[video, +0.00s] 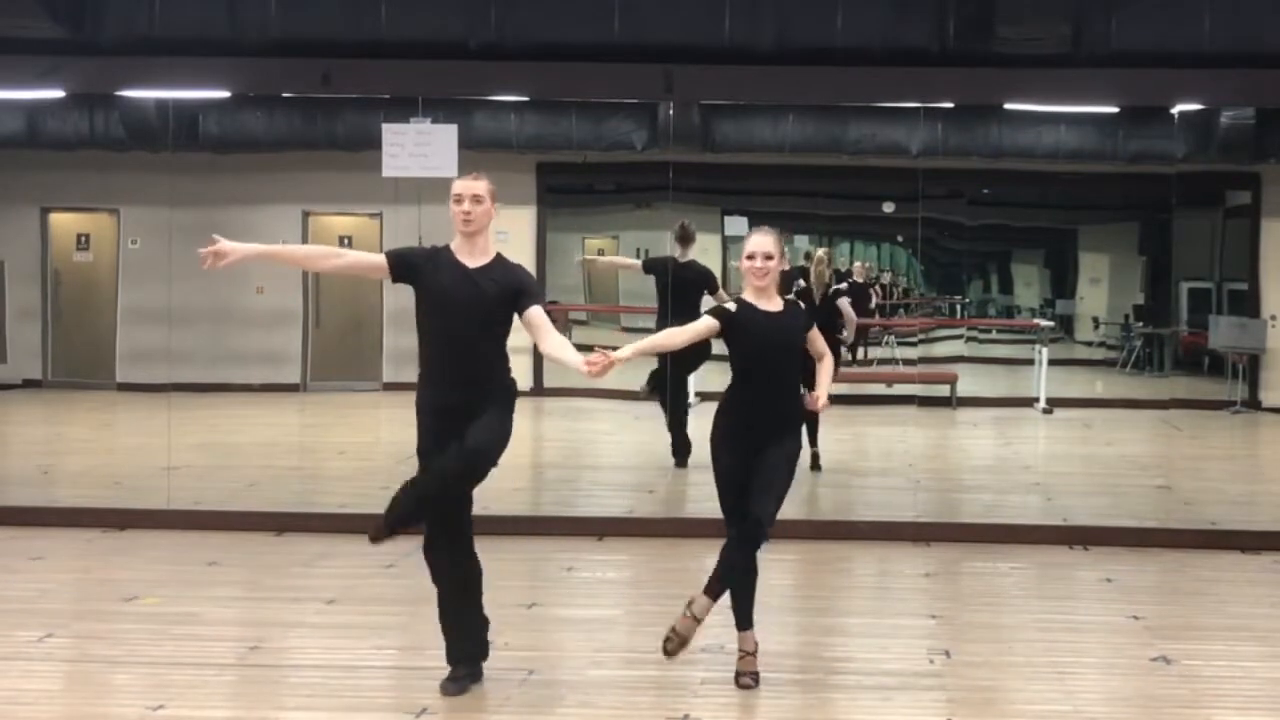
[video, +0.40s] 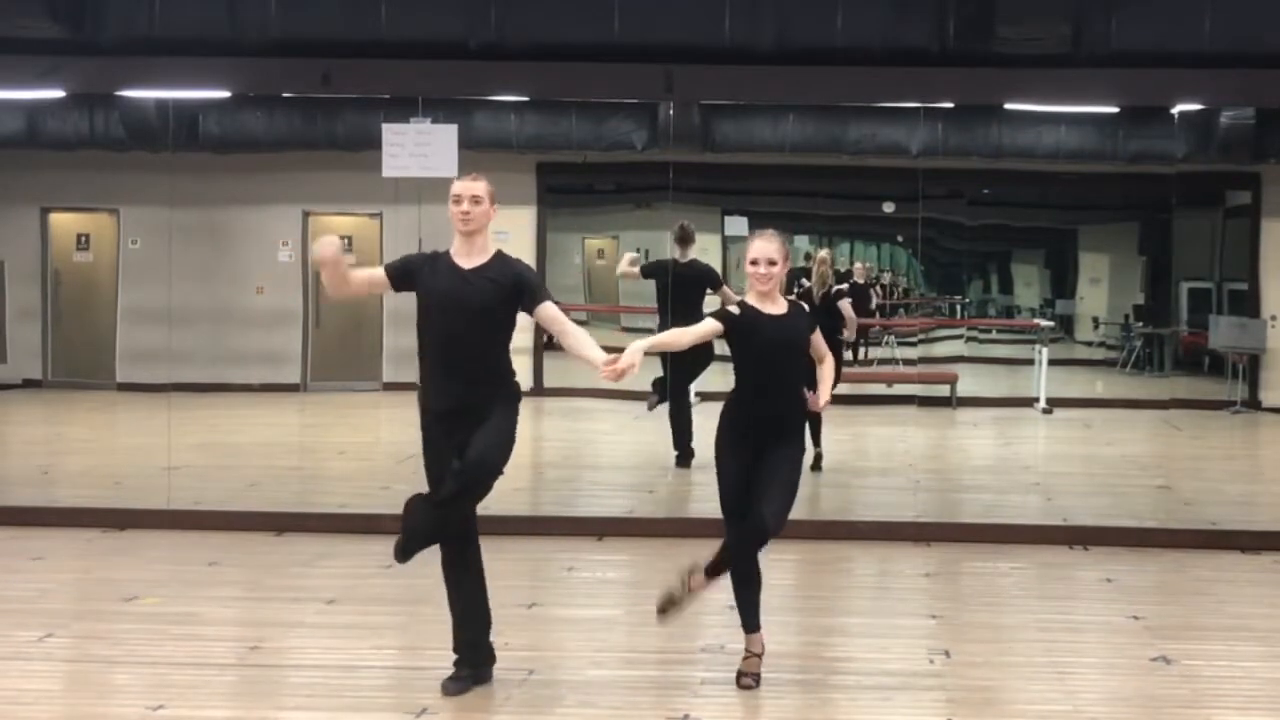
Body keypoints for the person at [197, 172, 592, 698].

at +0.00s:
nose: (466, 208)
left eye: (476, 200)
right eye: (459, 200)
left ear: (494, 209)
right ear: (449, 208)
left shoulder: (513, 277)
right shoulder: (423, 262)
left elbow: (547, 336)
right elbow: (334, 257)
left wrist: (582, 360)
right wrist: (248, 251)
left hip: (490, 404)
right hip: (437, 407)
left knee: (475, 456)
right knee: (449, 540)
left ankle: (403, 510)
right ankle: (466, 657)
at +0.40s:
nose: (465, 208)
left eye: (475, 200)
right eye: (458, 200)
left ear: (493, 210)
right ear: (448, 209)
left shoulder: (514, 275)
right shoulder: (424, 266)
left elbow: (562, 327)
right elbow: (347, 285)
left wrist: (601, 360)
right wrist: (330, 263)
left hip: (494, 405)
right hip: (440, 410)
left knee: (480, 470)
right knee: (458, 532)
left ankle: (423, 522)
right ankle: (474, 656)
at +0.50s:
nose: (464, 216)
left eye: (474, 208)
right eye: (457, 208)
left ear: (494, 218)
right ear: (447, 218)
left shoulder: (516, 277)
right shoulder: (426, 278)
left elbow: (572, 328)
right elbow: (366, 332)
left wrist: (605, 362)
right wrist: (344, 276)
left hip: (492, 408)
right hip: (438, 411)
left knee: (461, 476)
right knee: (450, 524)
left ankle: (418, 577)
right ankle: (474, 655)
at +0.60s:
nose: (469, 219)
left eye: (479, 212)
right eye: (461, 211)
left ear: (497, 221)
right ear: (450, 220)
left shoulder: (518, 280)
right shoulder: (431, 283)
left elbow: (575, 329)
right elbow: (426, 354)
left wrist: (606, 362)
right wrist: (374, 341)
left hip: (484, 410)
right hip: (436, 408)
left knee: (450, 514)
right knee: (439, 524)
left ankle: (449, 645)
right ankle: (472, 655)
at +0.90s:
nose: (477, 233)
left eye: (486, 225)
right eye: (469, 225)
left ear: (504, 234)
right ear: (459, 234)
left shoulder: (523, 300)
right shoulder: (433, 291)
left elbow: (574, 349)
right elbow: (358, 320)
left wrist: (615, 370)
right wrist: (291, 356)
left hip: (501, 435)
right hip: (451, 434)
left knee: (472, 537)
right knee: (449, 536)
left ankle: (473, 643)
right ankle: (474, 652)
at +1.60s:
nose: (468, 234)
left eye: (478, 226)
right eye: (460, 226)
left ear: (498, 233)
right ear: (451, 232)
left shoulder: (513, 305)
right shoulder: (425, 283)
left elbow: (560, 362)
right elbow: (341, 284)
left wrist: (604, 389)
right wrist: (264, 279)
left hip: (507, 446)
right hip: (451, 444)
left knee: (485, 562)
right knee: (444, 559)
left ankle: (446, 687)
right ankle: (476, 644)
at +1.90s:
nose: (469, 238)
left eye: (480, 229)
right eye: (461, 230)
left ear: (502, 235)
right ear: (454, 236)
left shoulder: (521, 305)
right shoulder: (433, 275)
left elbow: (571, 365)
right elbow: (355, 242)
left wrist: (618, 409)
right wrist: (277, 218)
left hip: (501, 448)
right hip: (444, 443)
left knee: (481, 574)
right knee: (433, 572)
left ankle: (445, 698)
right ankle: (459, 648)